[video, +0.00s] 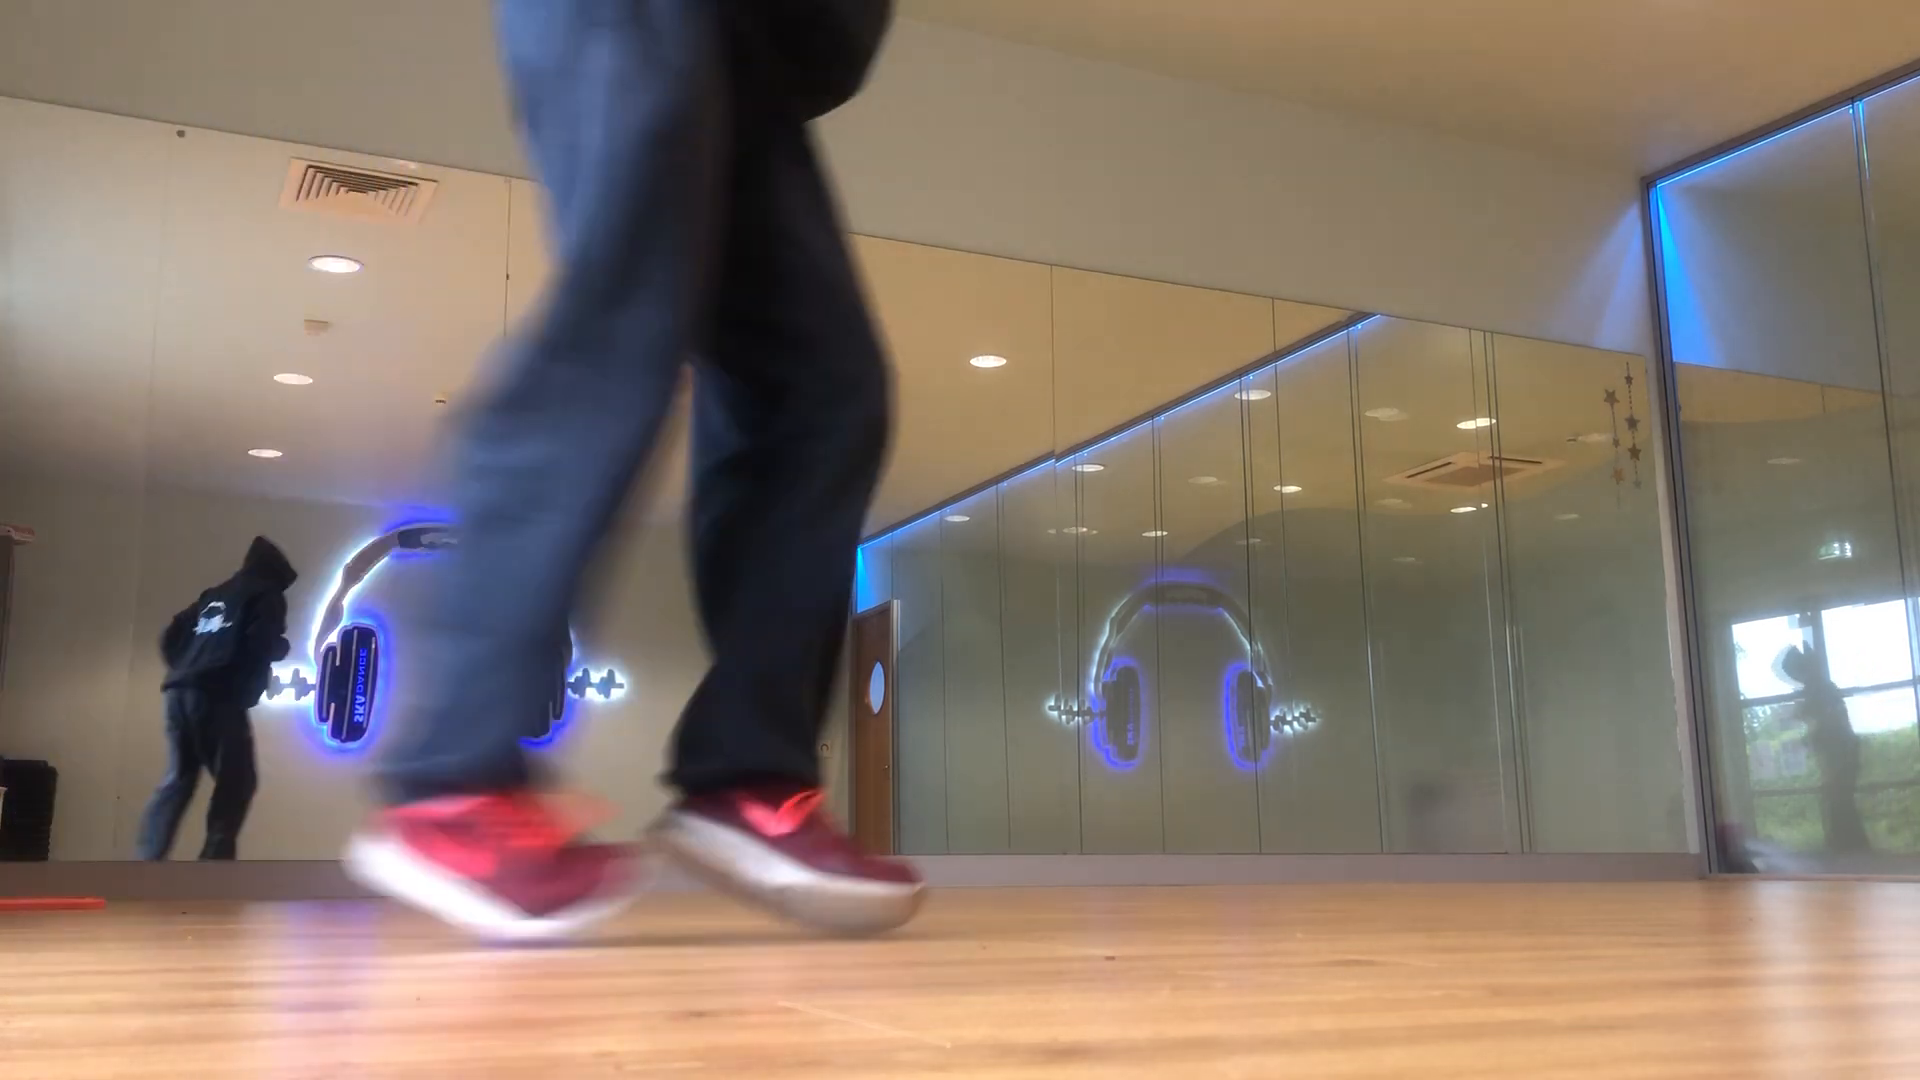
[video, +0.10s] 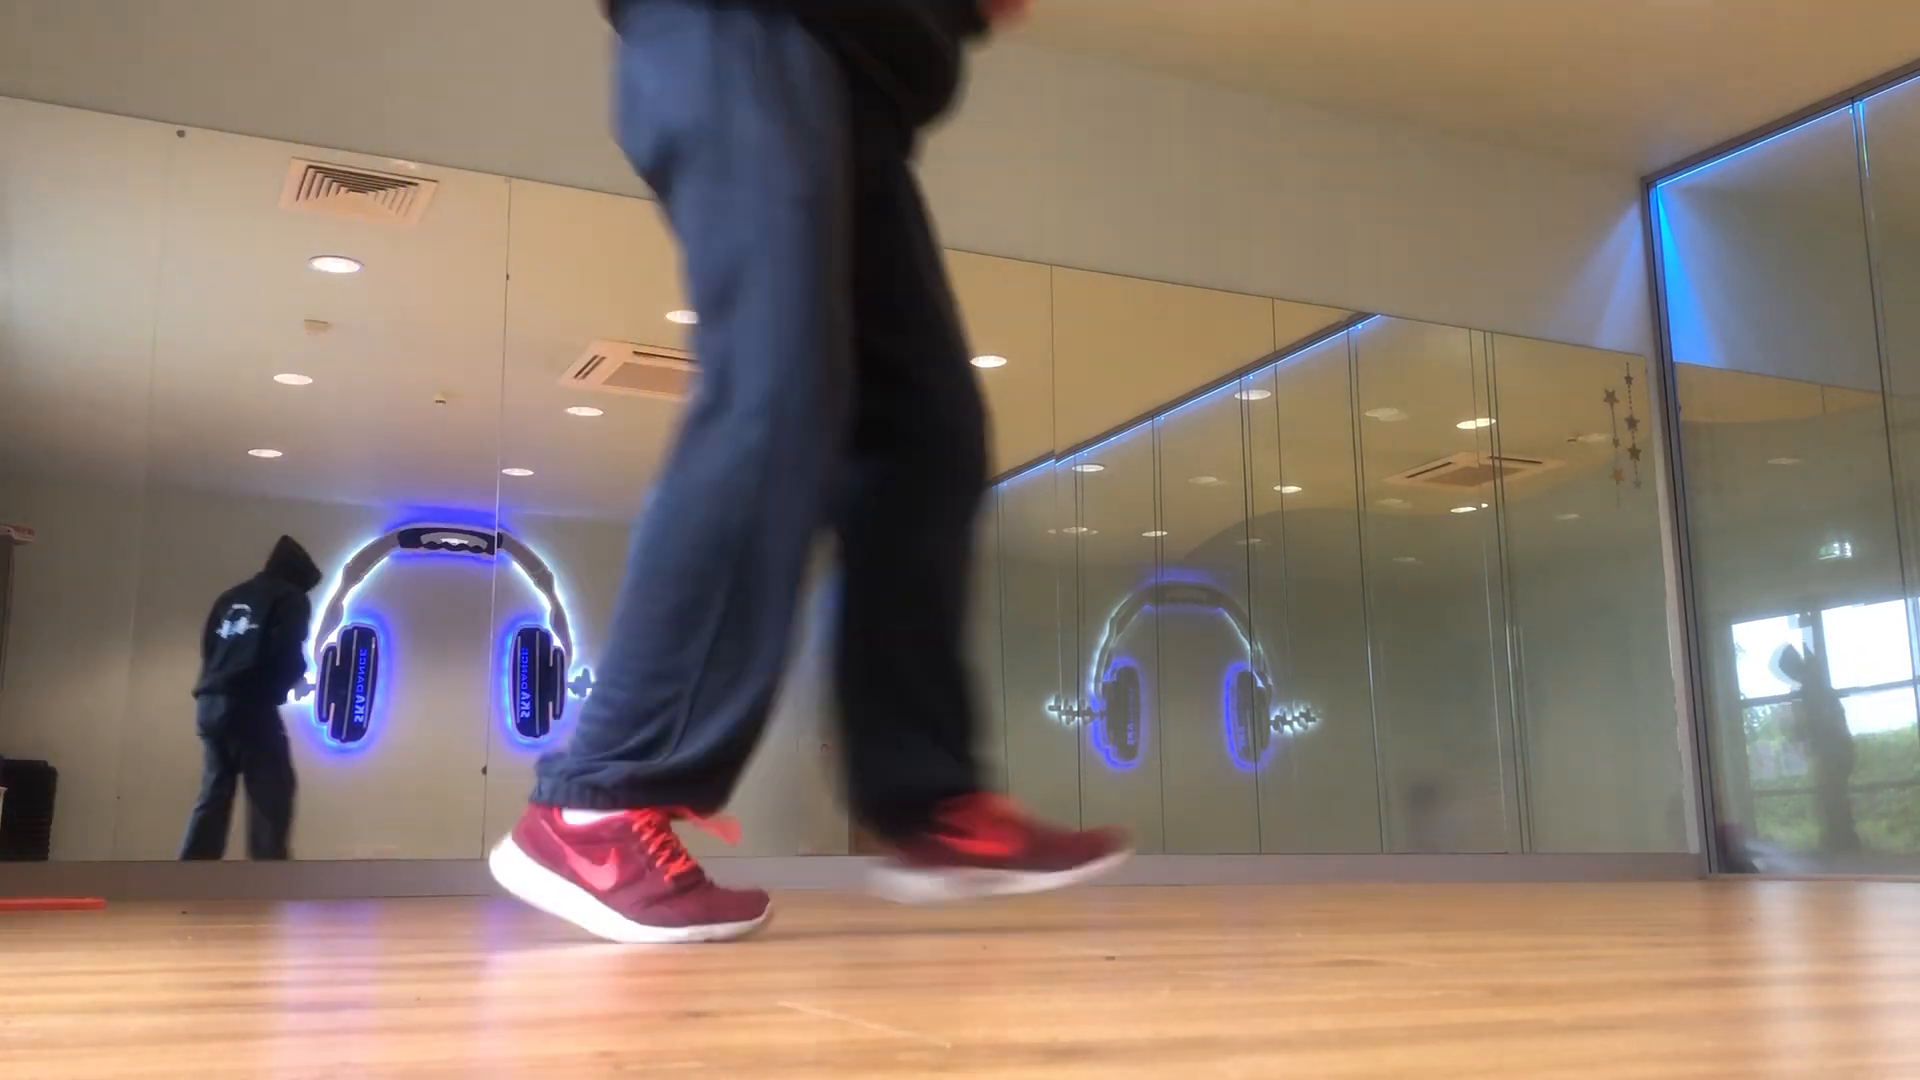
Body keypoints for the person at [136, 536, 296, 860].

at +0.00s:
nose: (284, 586)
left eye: (284, 580)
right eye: (283, 579)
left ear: (250, 565)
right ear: (276, 572)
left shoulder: (217, 592)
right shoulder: (268, 595)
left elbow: (174, 631)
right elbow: (263, 644)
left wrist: (186, 672)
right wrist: (283, 646)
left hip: (177, 693)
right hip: (219, 695)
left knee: (180, 777)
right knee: (238, 779)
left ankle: (148, 856)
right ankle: (216, 862)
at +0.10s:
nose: (306, 589)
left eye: (308, 583)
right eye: (307, 582)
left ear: (273, 566)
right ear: (299, 574)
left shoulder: (231, 595)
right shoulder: (292, 597)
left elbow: (211, 650)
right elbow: (288, 653)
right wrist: (286, 684)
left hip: (211, 704)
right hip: (254, 707)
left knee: (215, 788)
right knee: (273, 786)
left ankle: (192, 874)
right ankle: (268, 874)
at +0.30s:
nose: (378, 602)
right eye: (378, 596)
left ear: (346, 584)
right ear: (372, 593)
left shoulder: (308, 617)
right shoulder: (360, 616)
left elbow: (292, 669)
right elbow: (363, 671)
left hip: (283, 716)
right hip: (323, 717)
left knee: (272, 797)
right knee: (354, 793)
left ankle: (211, 862)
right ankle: (363, 874)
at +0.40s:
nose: (410, 596)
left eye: (410, 589)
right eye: (409, 590)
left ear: (376, 580)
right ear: (403, 588)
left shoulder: (353, 615)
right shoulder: (389, 613)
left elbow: (319, 664)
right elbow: (410, 665)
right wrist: (403, 637)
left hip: (326, 720)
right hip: (354, 720)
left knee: (346, 797)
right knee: (378, 798)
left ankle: (265, 830)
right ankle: (364, 882)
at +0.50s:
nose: (440, 581)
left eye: (440, 575)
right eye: (438, 574)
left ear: (409, 563)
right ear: (426, 569)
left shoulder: (396, 590)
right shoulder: (411, 592)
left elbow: (362, 647)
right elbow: (443, 635)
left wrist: (343, 699)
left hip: (384, 698)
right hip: (384, 700)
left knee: (409, 774)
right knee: (380, 777)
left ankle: (350, 830)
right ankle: (364, 859)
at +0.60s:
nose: (470, 577)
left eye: (470, 571)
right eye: (468, 570)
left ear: (433, 562)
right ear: (458, 567)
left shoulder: (406, 596)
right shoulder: (449, 593)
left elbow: (378, 648)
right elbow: (487, 623)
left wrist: (377, 696)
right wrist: (526, 645)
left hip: (398, 697)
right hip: (418, 699)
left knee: (448, 773)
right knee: (408, 771)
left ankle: (443, 848)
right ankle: (364, 849)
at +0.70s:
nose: (498, 601)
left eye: (498, 595)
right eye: (497, 595)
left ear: (464, 586)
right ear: (491, 592)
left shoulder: (432, 618)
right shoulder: (480, 613)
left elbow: (403, 675)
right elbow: (520, 619)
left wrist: (418, 717)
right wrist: (553, 637)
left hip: (427, 722)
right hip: (449, 721)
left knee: (483, 787)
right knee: (419, 795)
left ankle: (521, 858)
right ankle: (376, 861)